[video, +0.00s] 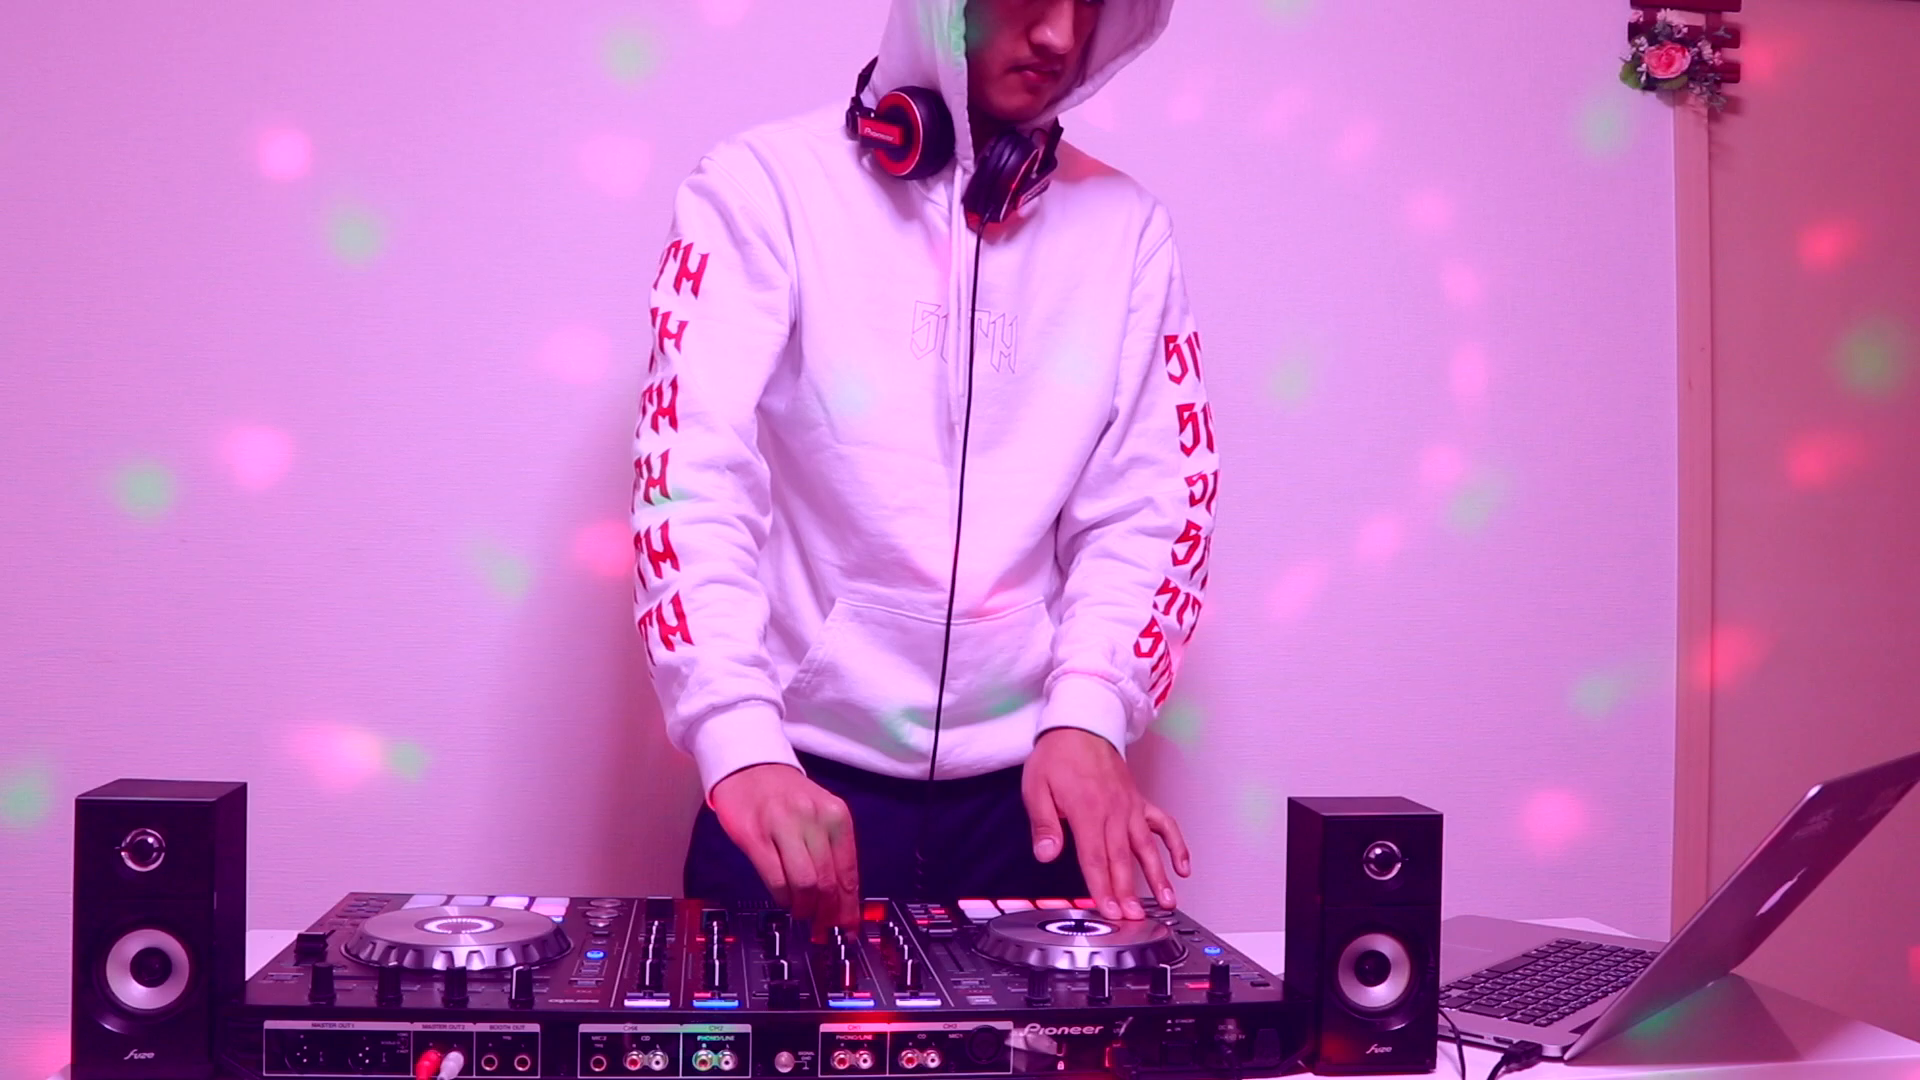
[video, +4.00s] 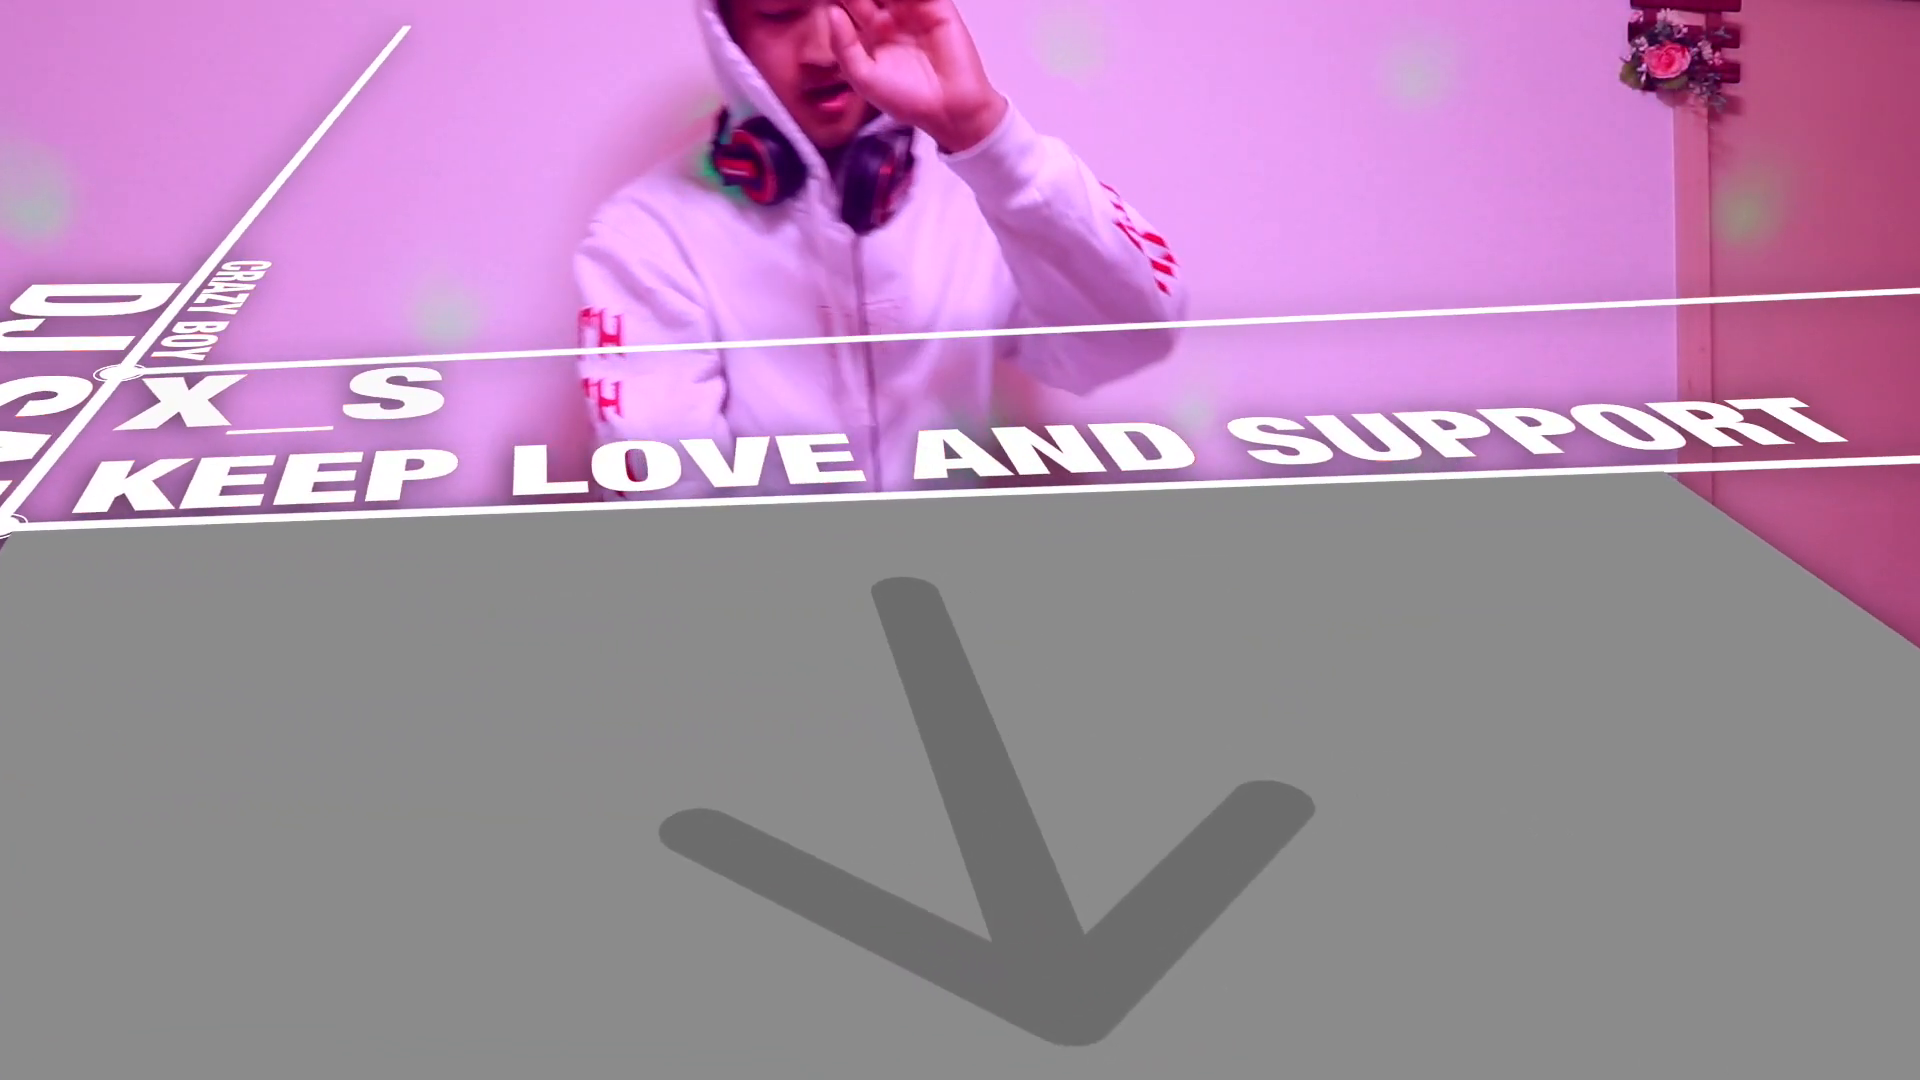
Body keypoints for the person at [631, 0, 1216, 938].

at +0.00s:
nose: (1059, 36)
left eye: (1087, 4)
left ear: (1109, 23)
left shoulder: (1125, 233)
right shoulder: (759, 194)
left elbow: (1152, 508)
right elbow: (691, 488)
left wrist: (1089, 716)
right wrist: (741, 747)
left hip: (1027, 807)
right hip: (802, 798)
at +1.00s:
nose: (928, 18)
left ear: (984, 10)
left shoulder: (1045, 215)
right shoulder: (679, 172)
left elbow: (1102, 520)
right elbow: (605, 502)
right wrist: (722, 753)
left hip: (957, 801)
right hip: (712, 789)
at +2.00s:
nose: (887, 3)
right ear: (799, 7)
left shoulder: (1093, 199)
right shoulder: (724, 199)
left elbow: (1151, 484)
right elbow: (701, 501)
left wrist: (1104, 708)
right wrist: (749, 747)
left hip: (1015, 798)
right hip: (772, 797)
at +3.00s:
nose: (900, 34)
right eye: (855, 11)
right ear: (824, 42)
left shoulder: (1170, 224)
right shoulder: (785, 235)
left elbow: (1237, 514)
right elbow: (753, 508)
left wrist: (1148, 713)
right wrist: (782, 739)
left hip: (1084, 746)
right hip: (846, 752)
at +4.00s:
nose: (828, 46)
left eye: (855, 6)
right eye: (782, 16)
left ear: (901, 19)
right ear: (724, 37)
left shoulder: (976, 188)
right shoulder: (651, 232)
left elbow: (1135, 334)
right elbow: (660, 479)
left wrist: (980, 132)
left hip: (971, 559)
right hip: (770, 582)